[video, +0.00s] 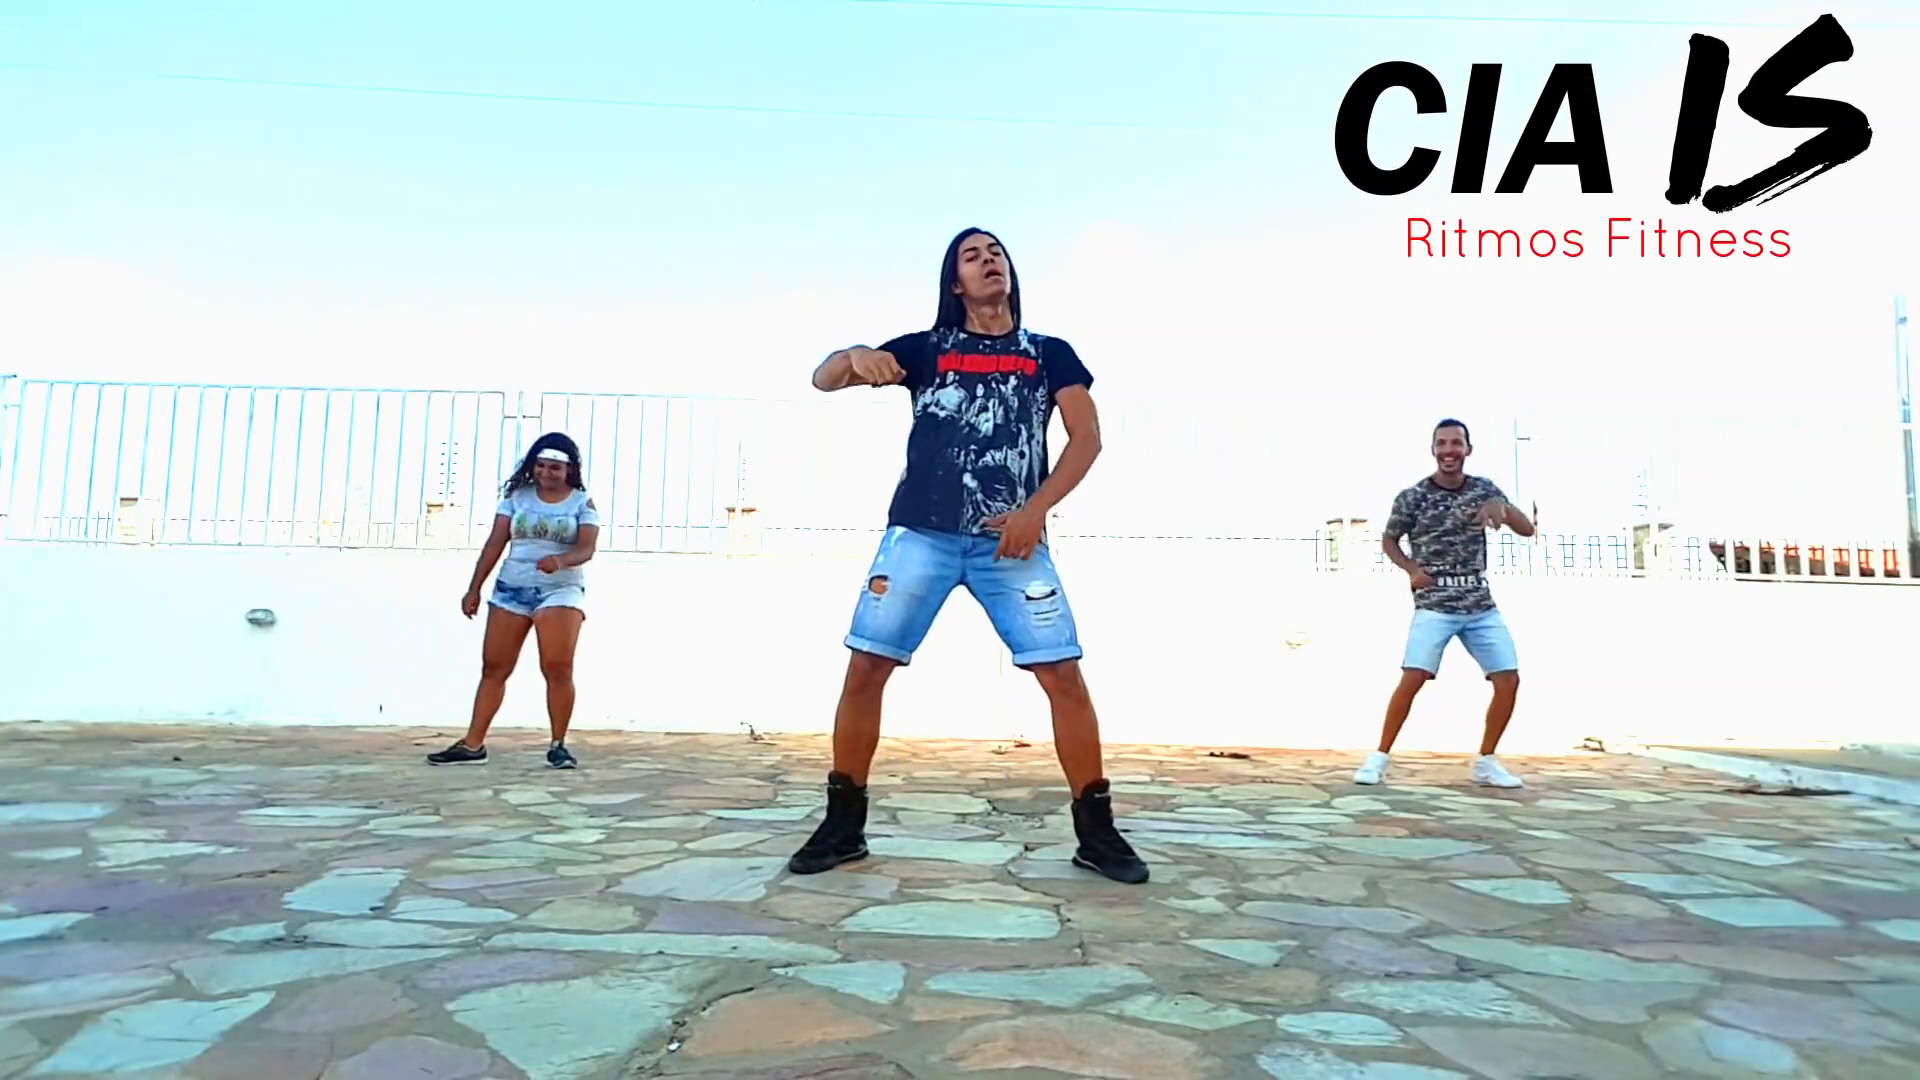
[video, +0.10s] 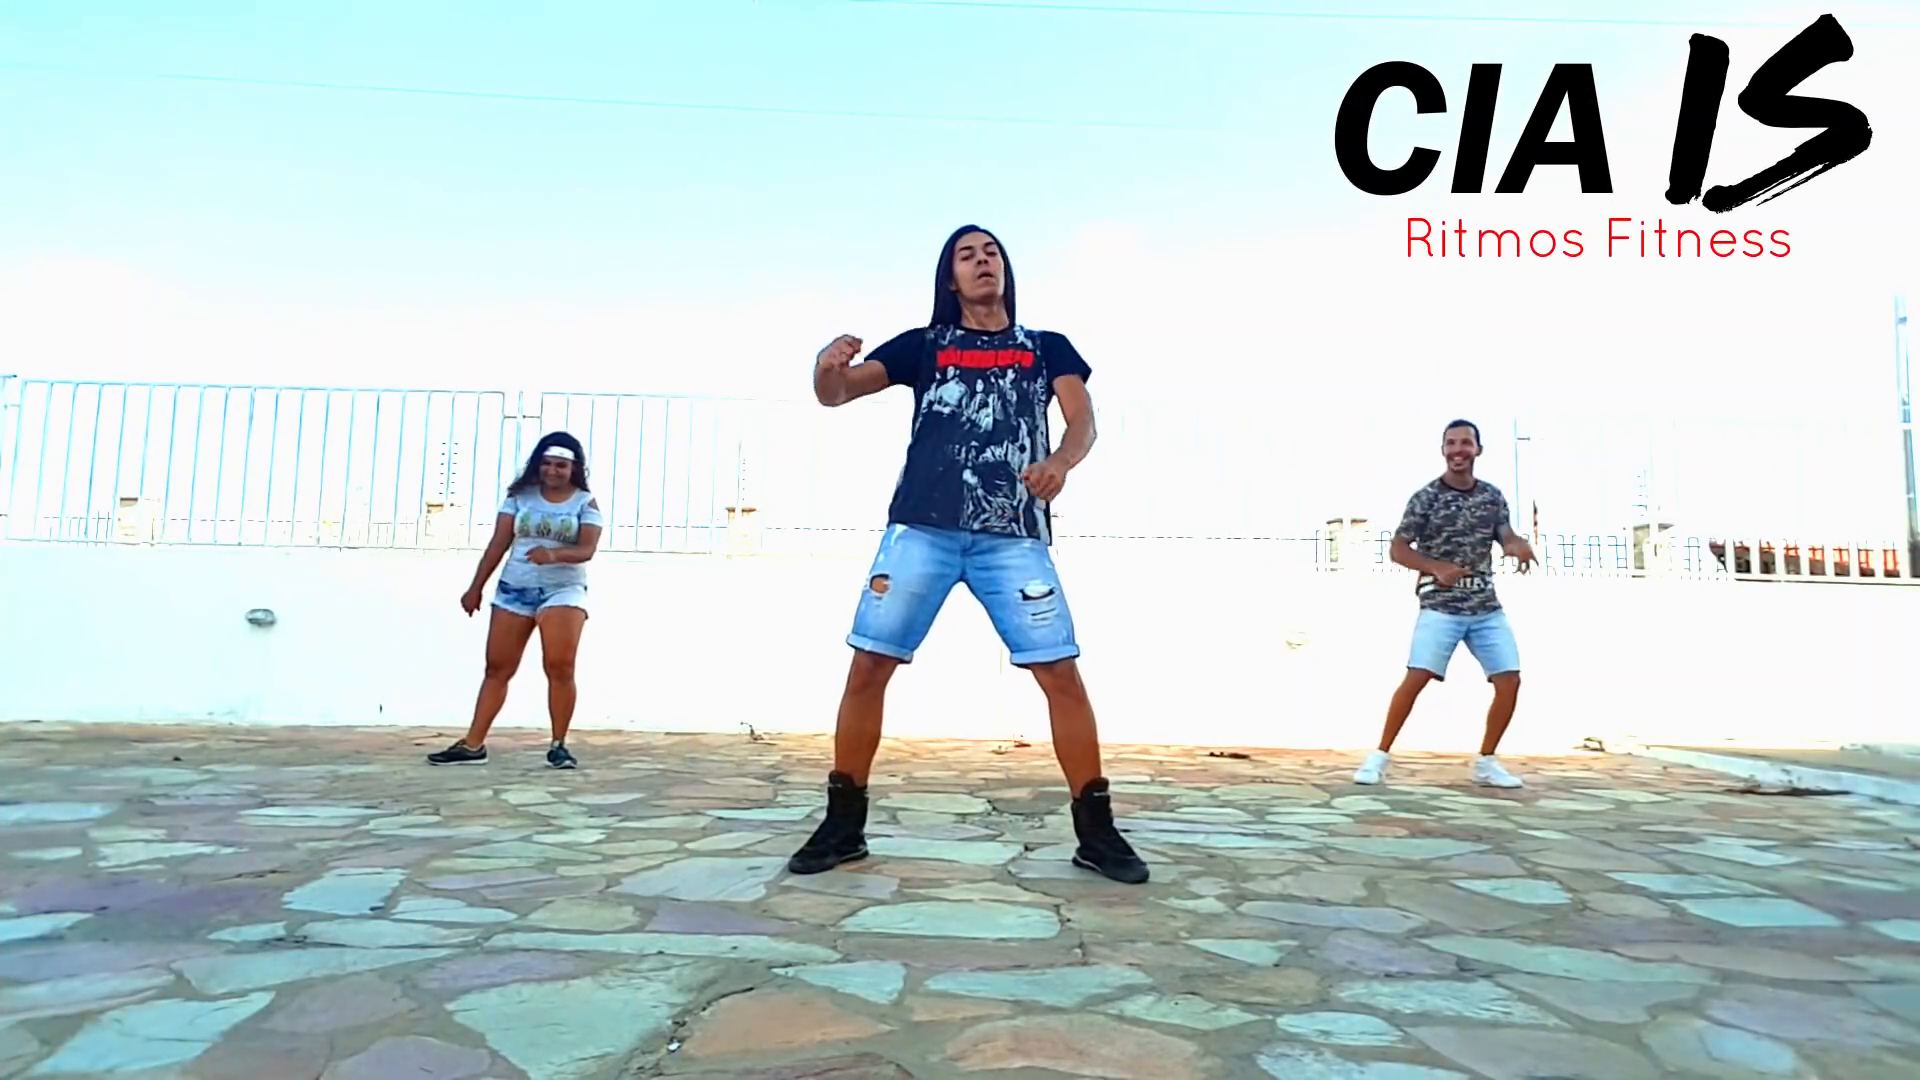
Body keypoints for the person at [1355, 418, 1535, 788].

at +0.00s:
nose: (1449, 450)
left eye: (1456, 443)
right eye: (1442, 443)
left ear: (1467, 450)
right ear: (1433, 449)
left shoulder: (1484, 490)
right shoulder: (1412, 498)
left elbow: (1527, 530)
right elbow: (1389, 541)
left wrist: (1502, 508)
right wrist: (1410, 568)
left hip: (1480, 606)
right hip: (1434, 606)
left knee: (1508, 679)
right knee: (1414, 676)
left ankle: (1486, 761)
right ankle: (1380, 755)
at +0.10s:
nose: (1458, 450)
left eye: (1466, 443)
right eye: (1452, 443)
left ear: (1478, 450)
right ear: (1443, 450)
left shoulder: (1492, 498)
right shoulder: (1425, 498)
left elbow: (1506, 536)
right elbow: (1398, 550)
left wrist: (1518, 545)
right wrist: (1434, 567)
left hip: (1485, 609)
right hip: (1440, 609)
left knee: (1509, 680)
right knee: (1417, 676)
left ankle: (1486, 760)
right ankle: (1380, 755)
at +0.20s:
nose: (1465, 432)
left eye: (1472, 426)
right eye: (1458, 427)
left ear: (1484, 435)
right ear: (1449, 435)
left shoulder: (1499, 487)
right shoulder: (1433, 480)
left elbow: (1502, 538)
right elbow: (1415, 530)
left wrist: (1524, 568)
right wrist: (1470, 523)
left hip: (1483, 596)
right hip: (1437, 594)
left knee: (1499, 673)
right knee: (1410, 664)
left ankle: (1485, 758)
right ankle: (1377, 749)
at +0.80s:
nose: (1445, 432)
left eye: (1451, 426)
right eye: (1438, 426)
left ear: (1462, 433)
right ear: (1427, 433)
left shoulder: (1483, 477)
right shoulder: (1411, 478)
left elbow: (1493, 528)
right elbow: (1419, 516)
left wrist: (1473, 562)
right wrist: (1456, 479)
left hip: (1466, 594)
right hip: (1421, 592)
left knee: (1490, 670)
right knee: (1399, 666)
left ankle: (1483, 758)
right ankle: (1370, 750)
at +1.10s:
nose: (1440, 439)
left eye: (1446, 433)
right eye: (1432, 433)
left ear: (1455, 441)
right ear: (1420, 442)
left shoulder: (1473, 485)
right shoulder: (1406, 488)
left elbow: (1487, 537)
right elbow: (1390, 532)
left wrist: (1464, 546)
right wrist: (1438, 505)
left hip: (1459, 600)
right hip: (1412, 599)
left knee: (1494, 673)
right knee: (1392, 671)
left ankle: (1484, 758)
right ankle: (1368, 755)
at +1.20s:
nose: (1457, 435)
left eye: (1462, 429)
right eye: (1449, 429)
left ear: (1470, 437)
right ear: (1435, 437)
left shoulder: (1480, 485)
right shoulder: (1414, 481)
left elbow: (1499, 532)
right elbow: (1383, 526)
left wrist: (1479, 535)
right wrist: (1407, 523)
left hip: (1463, 598)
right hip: (1418, 596)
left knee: (1493, 671)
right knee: (1394, 670)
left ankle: (1484, 758)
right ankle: (1368, 754)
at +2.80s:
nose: (1409, 441)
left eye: (1417, 435)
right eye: (1404, 436)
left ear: (1434, 440)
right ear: (1400, 444)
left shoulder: (1458, 488)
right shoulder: (1392, 497)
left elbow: (1477, 534)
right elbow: (1375, 548)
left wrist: (1490, 573)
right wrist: (1399, 559)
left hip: (1445, 603)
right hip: (1394, 602)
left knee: (1473, 678)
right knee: (1372, 670)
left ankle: (1484, 759)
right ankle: (1368, 755)